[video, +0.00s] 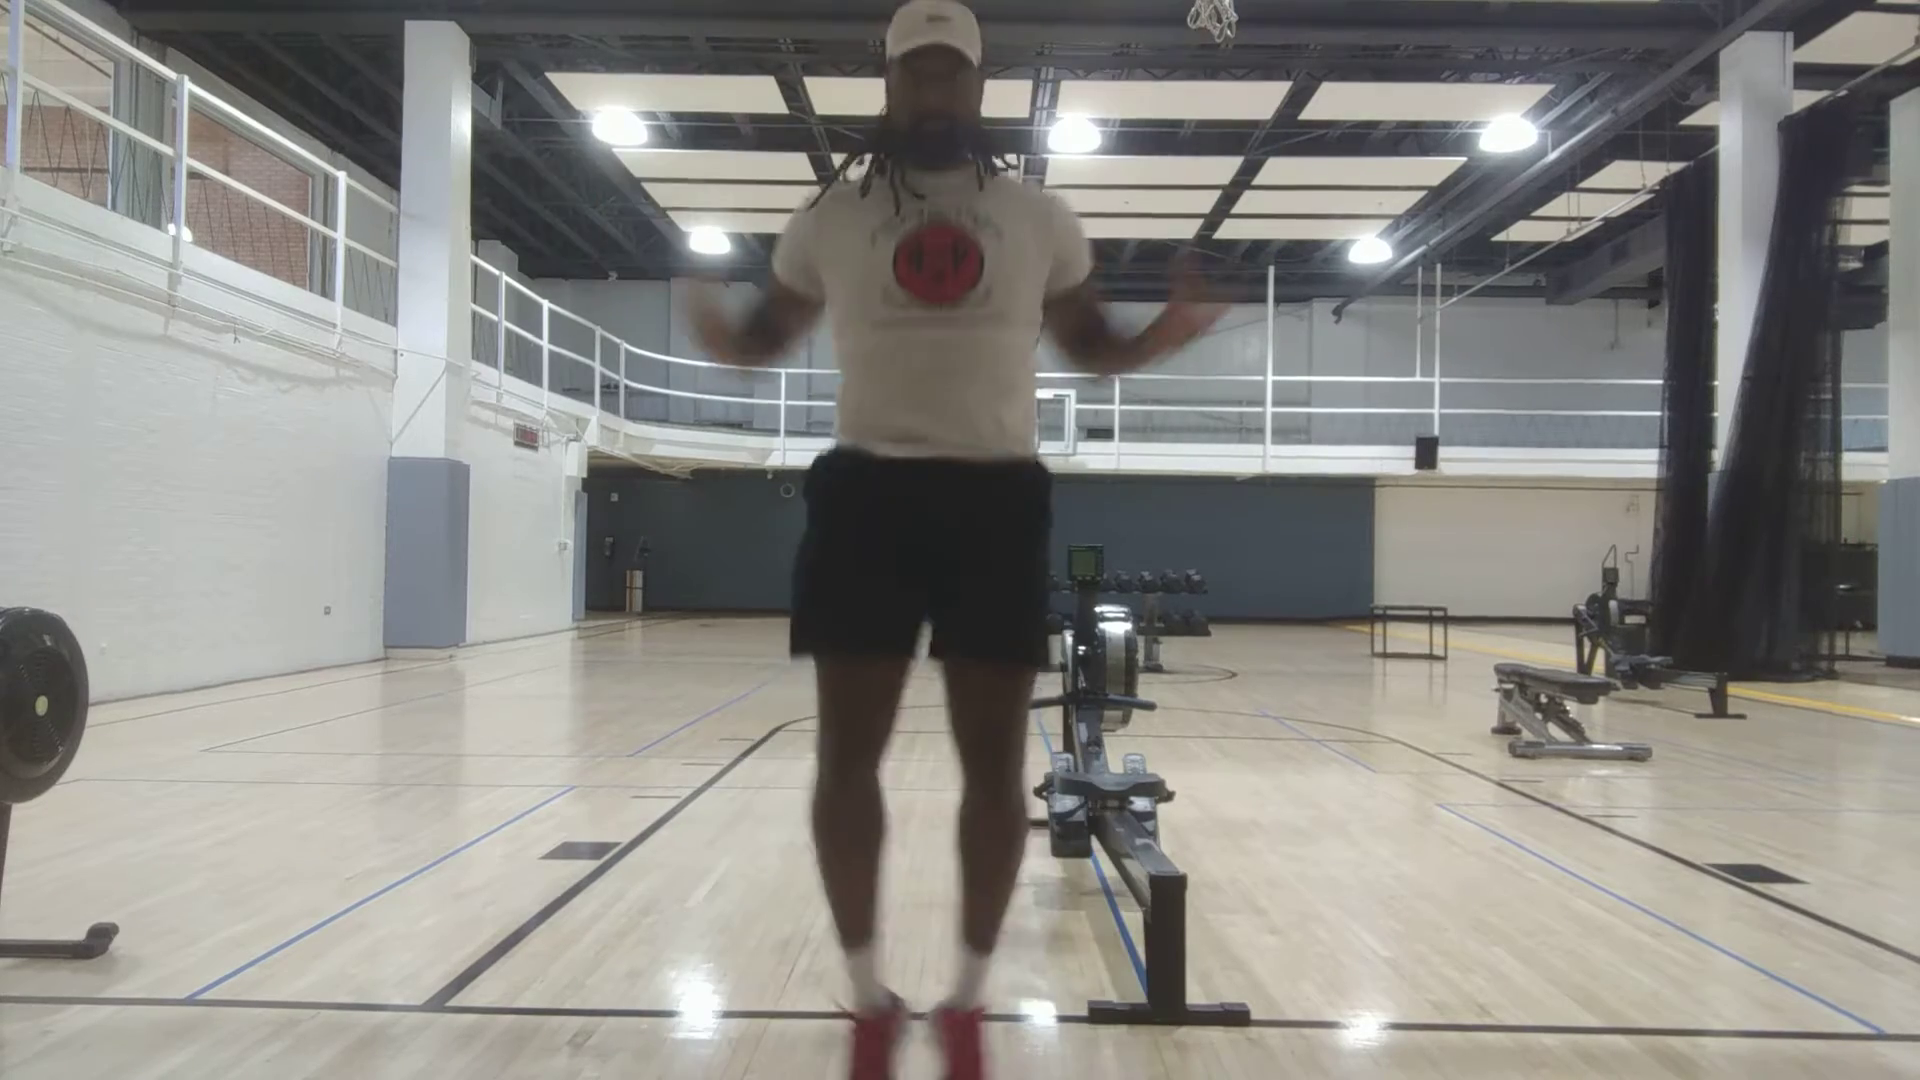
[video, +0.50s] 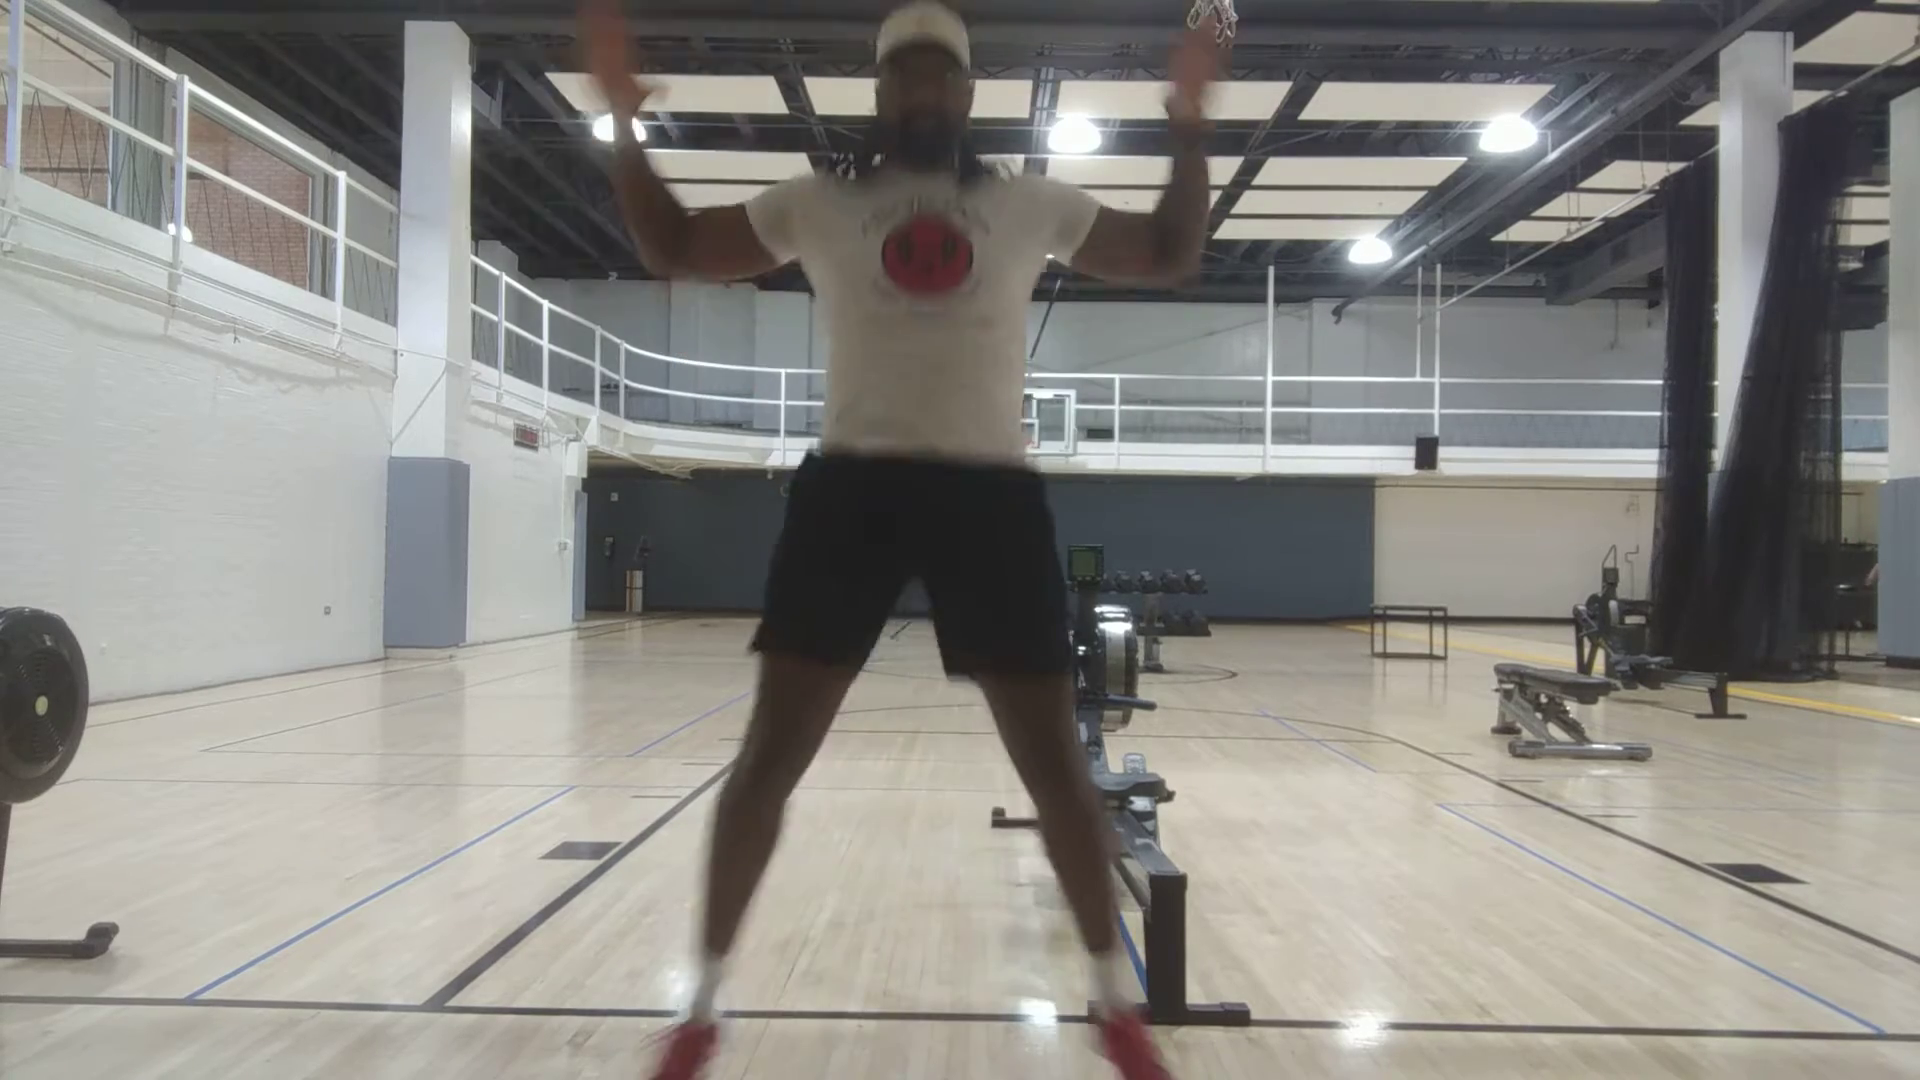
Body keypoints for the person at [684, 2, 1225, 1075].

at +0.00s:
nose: (937, 89)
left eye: (954, 71)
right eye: (919, 71)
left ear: (980, 87)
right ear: (886, 87)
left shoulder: (1035, 211)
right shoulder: (833, 215)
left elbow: (1092, 348)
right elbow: (761, 340)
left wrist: (1162, 332)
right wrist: (724, 325)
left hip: (997, 501)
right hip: (866, 498)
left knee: (993, 766)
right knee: (849, 760)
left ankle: (967, 1001)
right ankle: (868, 997)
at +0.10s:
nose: (928, 133)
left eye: (946, 117)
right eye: (910, 116)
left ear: (973, 140)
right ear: (880, 137)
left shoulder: (1028, 279)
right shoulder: (829, 275)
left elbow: (1051, 417)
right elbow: (804, 424)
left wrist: (1051, 426)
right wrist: (799, 417)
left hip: (989, 557)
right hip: (863, 552)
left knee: (982, 820)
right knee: (857, 810)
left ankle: (957, 1030)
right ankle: (875, 1033)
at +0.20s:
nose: (922, 176)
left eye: (940, 159)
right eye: (904, 159)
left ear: (967, 181)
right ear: (877, 180)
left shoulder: (1023, 314)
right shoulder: (823, 317)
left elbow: (1069, 445)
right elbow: (781, 454)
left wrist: (1065, 464)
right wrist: (812, 479)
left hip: (987, 592)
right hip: (859, 591)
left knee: (978, 835)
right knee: (858, 829)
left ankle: (952, 1035)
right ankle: (883, 1039)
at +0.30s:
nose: (925, 111)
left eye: (943, 93)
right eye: (906, 94)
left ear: (971, 113)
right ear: (877, 114)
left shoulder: (1024, 252)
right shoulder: (824, 250)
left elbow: (1085, 373)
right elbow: (760, 371)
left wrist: (1133, 366)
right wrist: (716, 373)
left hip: (989, 528)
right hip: (859, 527)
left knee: (989, 779)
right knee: (846, 769)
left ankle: (970, 1005)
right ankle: (863, 1001)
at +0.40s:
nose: (923, 65)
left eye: (941, 49)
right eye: (903, 50)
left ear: (972, 75)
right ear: (875, 76)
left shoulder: (1026, 195)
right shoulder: (825, 193)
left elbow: (1135, 308)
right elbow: (707, 304)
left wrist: (1192, 231)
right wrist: (639, 238)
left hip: (990, 481)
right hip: (854, 480)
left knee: (1013, 738)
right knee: (817, 733)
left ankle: (1033, 983)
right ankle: (799, 979)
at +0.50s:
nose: (922, 87)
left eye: (940, 69)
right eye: (903, 69)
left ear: (972, 90)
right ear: (874, 92)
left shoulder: (1030, 206)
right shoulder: (821, 202)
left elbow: (1173, 253)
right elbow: (672, 244)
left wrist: (1189, 116)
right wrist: (622, 111)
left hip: (993, 497)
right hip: (851, 493)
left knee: (1056, 759)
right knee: (768, 758)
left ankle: (1118, 997)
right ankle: (700, 1002)